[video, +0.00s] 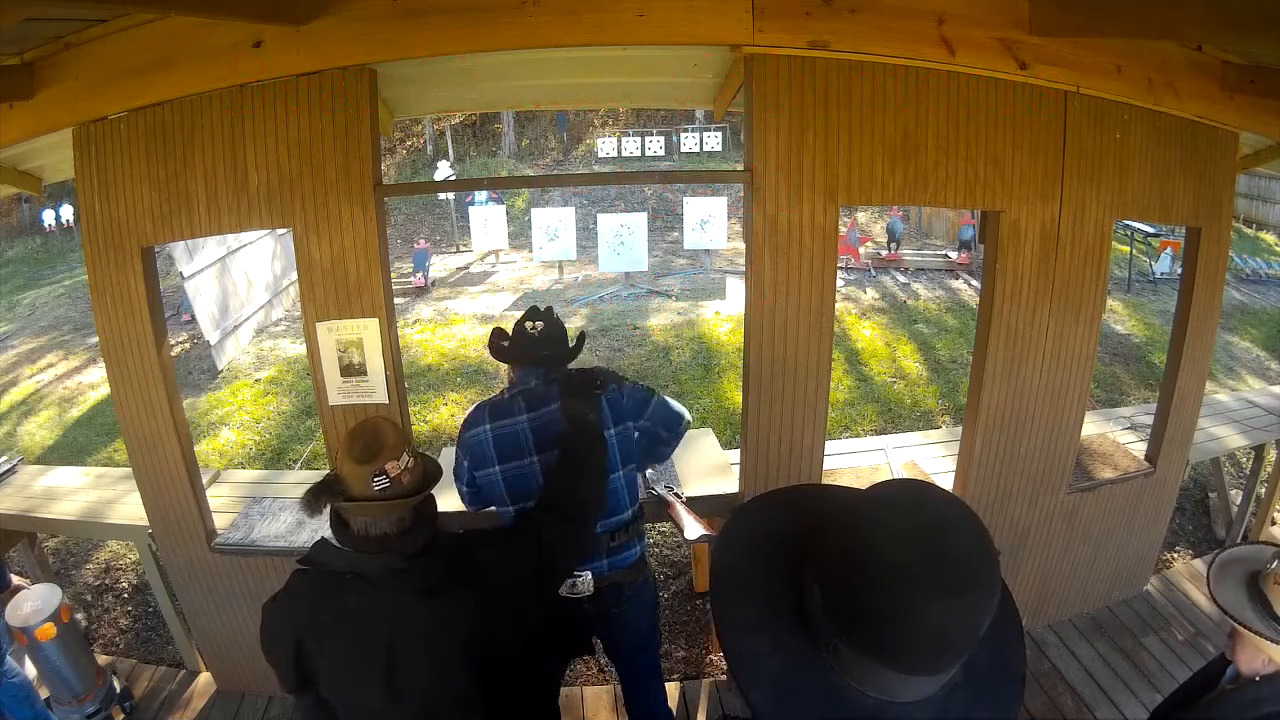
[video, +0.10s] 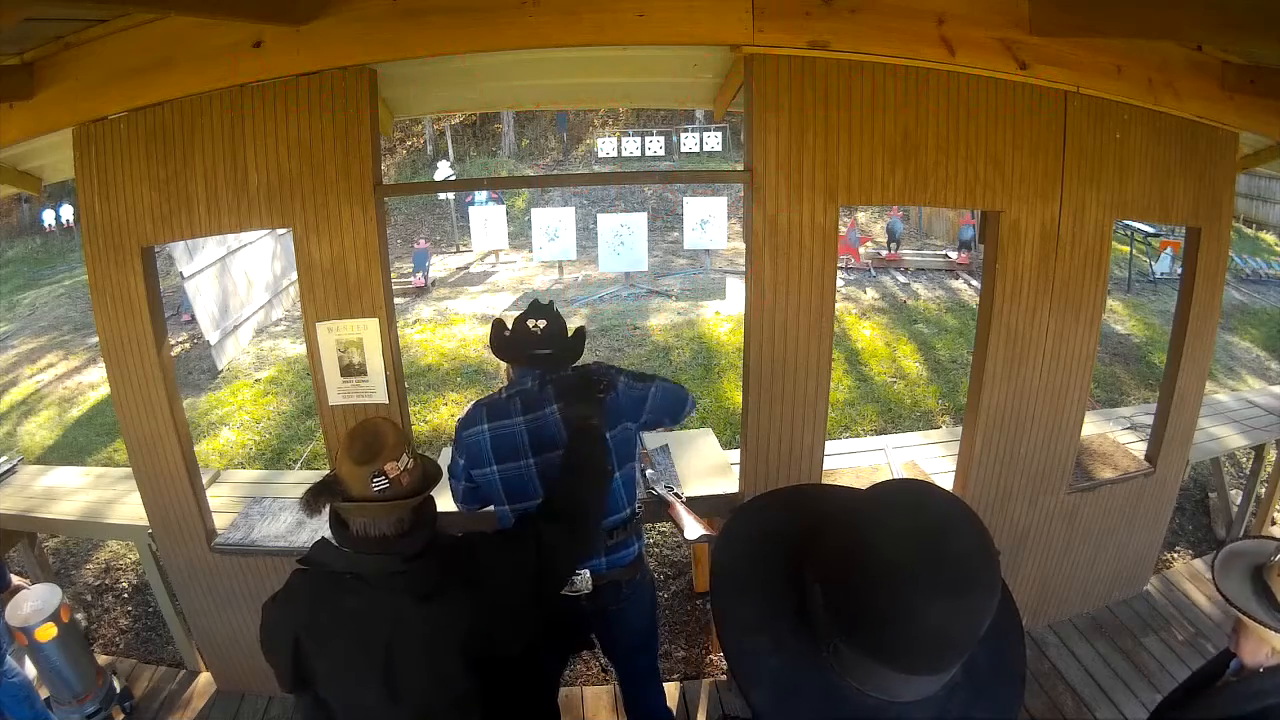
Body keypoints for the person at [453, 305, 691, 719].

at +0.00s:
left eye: (512, 358)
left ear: (510, 363)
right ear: (563, 355)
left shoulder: (479, 424)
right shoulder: (607, 391)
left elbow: (473, 499)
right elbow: (673, 421)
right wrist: (625, 460)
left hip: (537, 590)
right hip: (624, 580)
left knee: (539, 698)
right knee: (646, 691)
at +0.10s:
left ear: (508, 356)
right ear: (567, 348)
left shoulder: (476, 424)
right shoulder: (606, 387)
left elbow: (465, 500)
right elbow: (681, 403)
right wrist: (621, 391)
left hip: (535, 590)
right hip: (621, 581)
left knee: (537, 701)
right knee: (644, 691)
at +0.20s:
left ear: (508, 353)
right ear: (569, 345)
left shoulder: (478, 419)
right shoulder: (603, 392)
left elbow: (473, 490)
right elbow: (665, 447)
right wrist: (613, 437)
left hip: (536, 591)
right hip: (618, 582)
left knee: (537, 697)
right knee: (642, 686)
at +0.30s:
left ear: (513, 349)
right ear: (574, 345)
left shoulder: (483, 414)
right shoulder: (609, 401)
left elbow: (478, 465)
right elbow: (638, 460)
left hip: (536, 591)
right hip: (616, 585)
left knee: (536, 694)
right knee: (641, 688)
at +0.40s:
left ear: (519, 347)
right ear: (580, 345)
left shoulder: (488, 406)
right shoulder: (610, 397)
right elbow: (628, 486)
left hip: (532, 592)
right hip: (611, 587)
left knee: (532, 694)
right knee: (639, 688)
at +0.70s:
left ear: (517, 341)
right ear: (579, 343)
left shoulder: (489, 395)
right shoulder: (602, 391)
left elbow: (512, 374)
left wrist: (521, 347)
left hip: (520, 584)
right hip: (599, 580)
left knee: (530, 693)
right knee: (636, 690)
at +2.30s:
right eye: (585, 339)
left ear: (529, 341)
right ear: (583, 345)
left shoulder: (491, 390)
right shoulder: (605, 389)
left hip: (517, 582)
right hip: (596, 576)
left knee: (528, 692)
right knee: (634, 687)